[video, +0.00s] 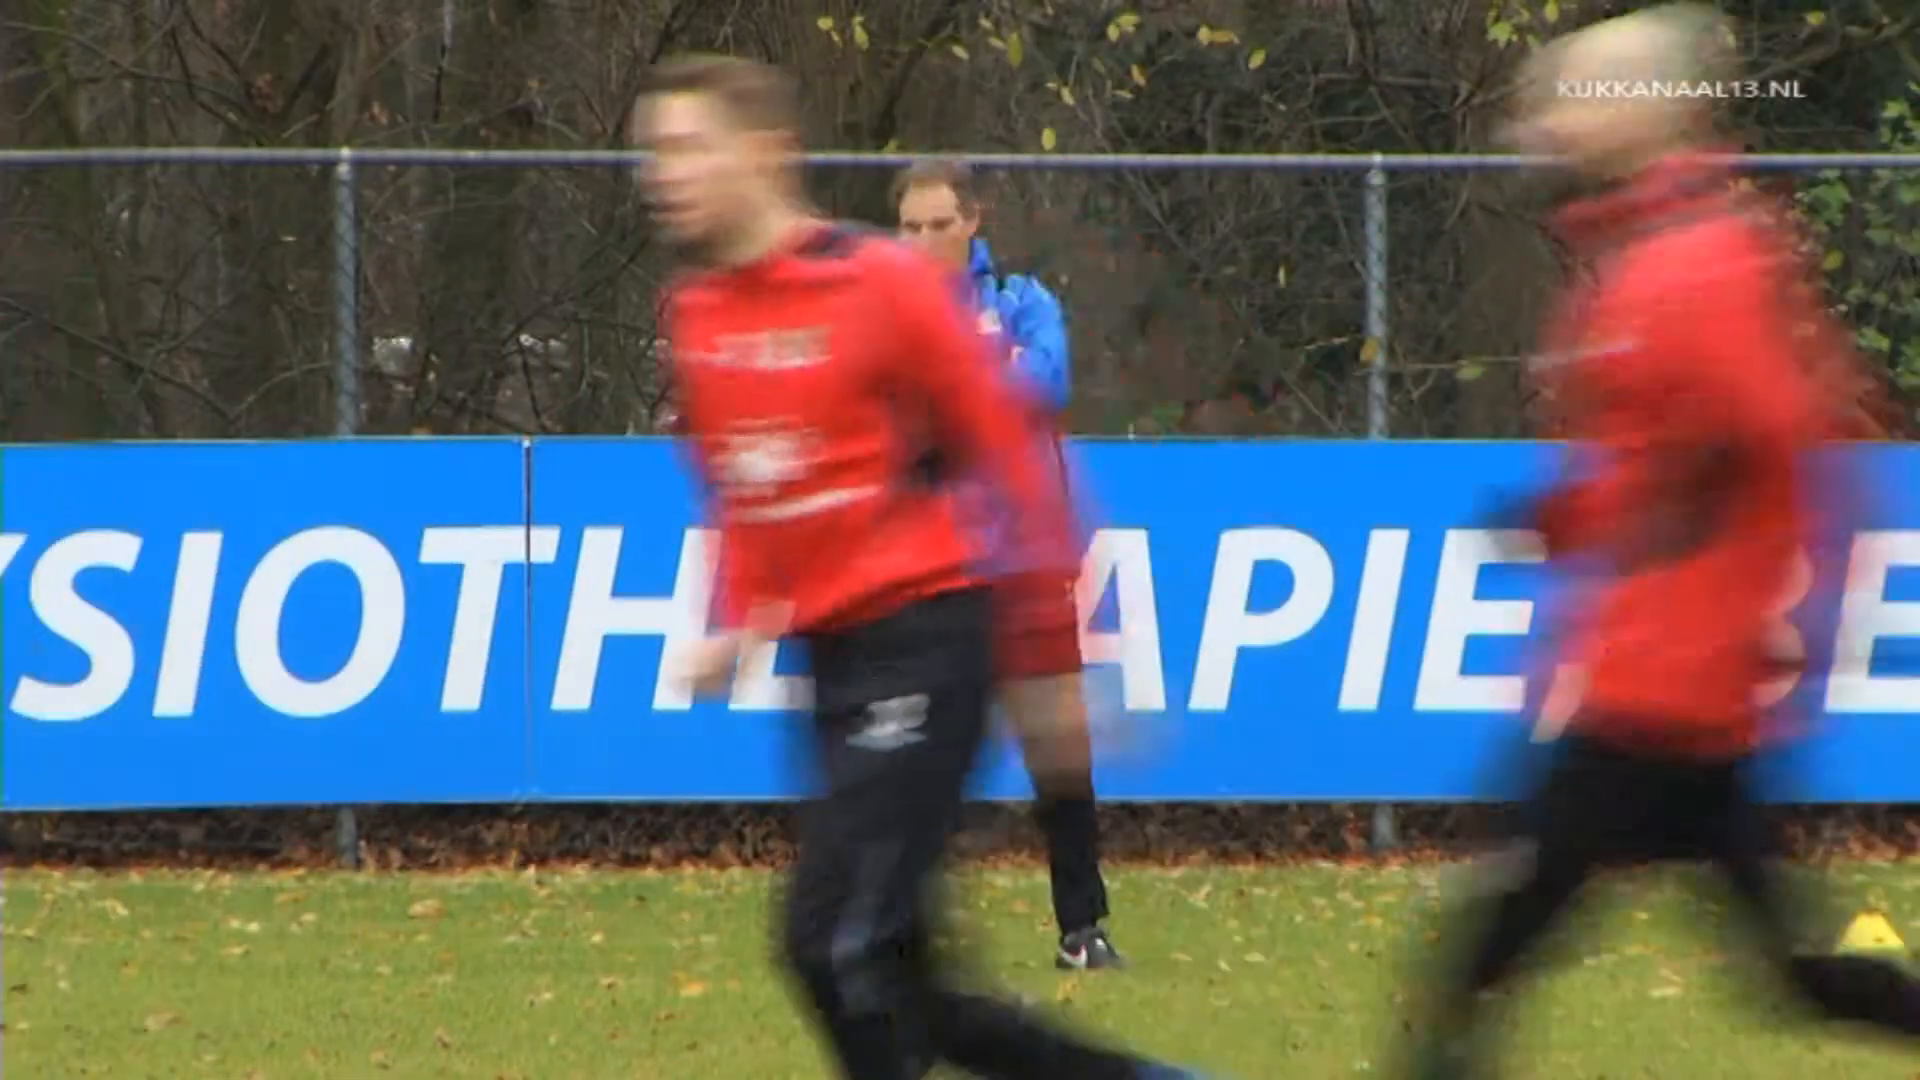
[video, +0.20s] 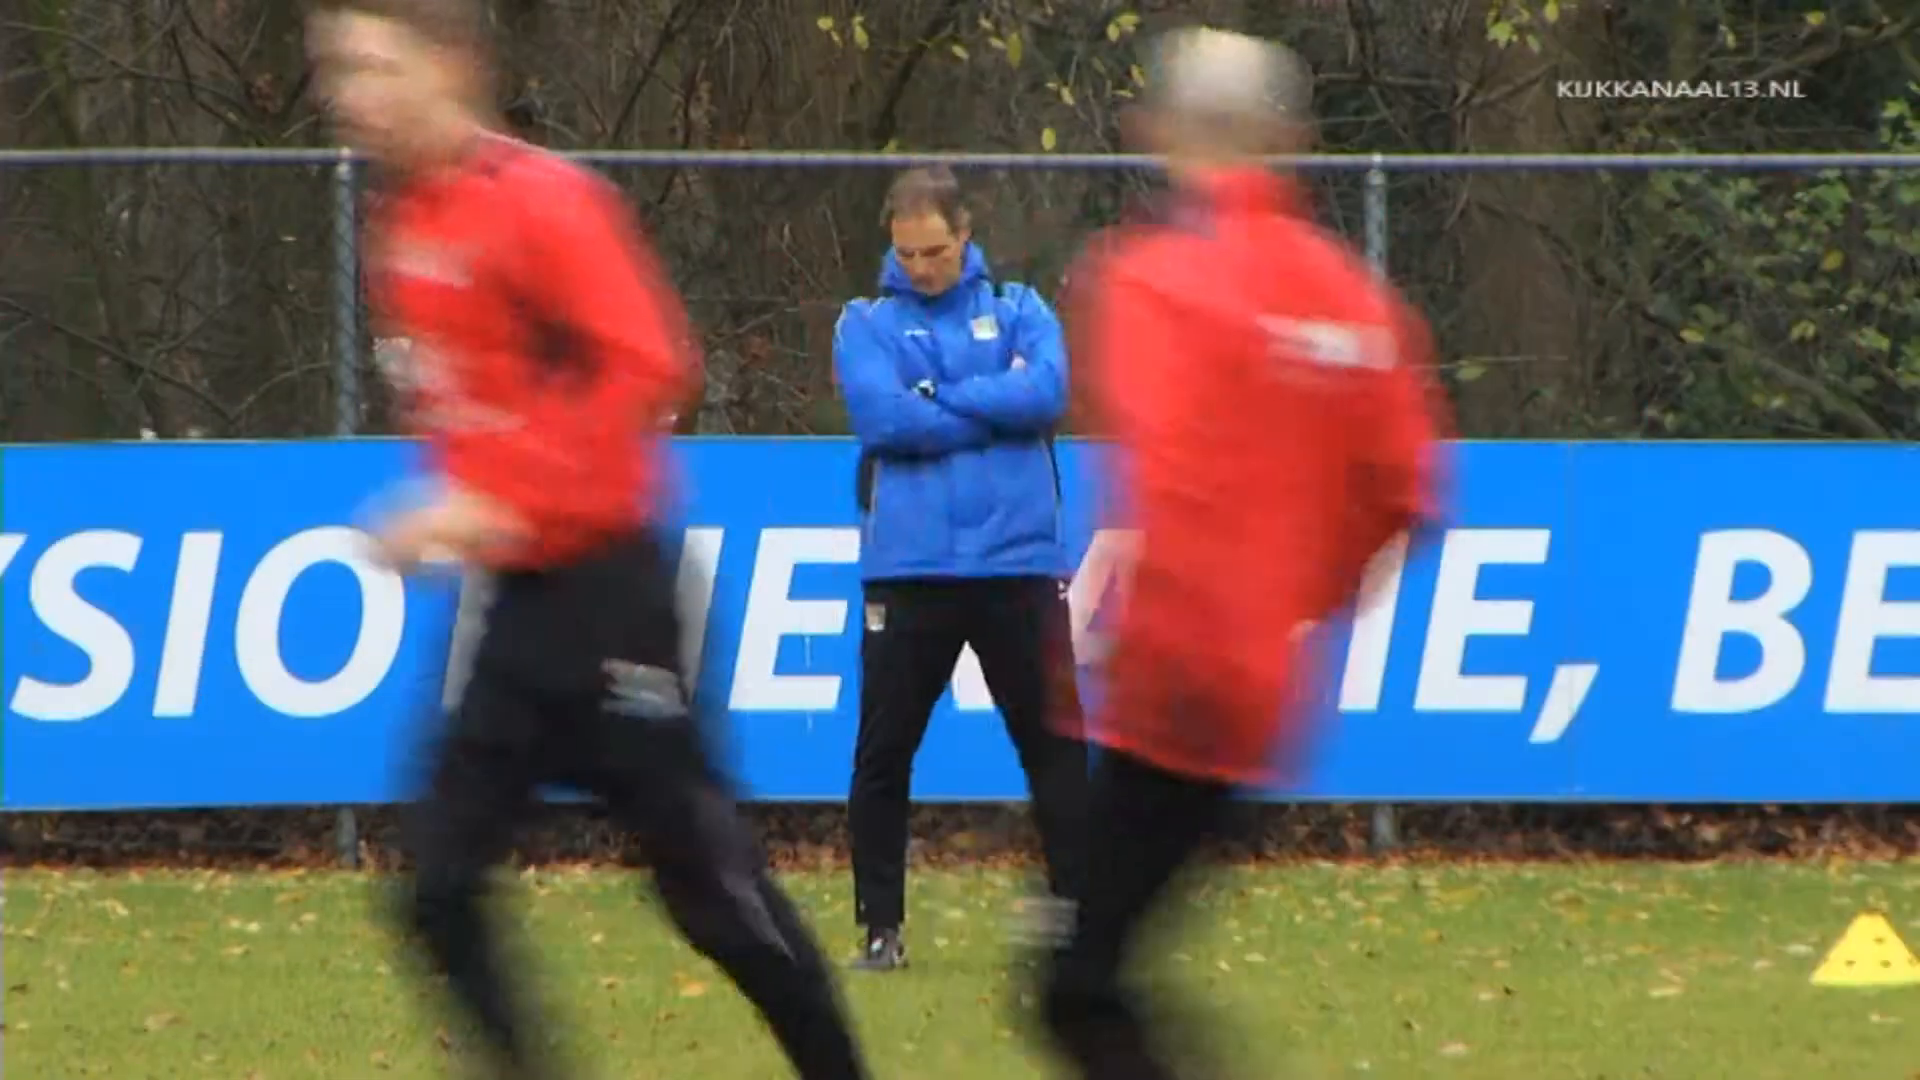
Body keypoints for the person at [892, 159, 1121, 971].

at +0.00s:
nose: (921, 242)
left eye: (936, 226)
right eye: (908, 227)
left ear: (972, 224)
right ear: (892, 228)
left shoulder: (1019, 303)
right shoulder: (872, 306)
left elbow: (1041, 382)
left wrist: (950, 361)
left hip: (1016, 548)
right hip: (915, 556)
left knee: (1055, 730)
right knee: (908, 749)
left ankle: (1081, 923)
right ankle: (898, 929)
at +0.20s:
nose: (919, 267)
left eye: (934, 251)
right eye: (906, 252)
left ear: (965, 235)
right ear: (889, 243)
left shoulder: (1020, 307)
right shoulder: (864, 324)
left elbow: (1045, 393)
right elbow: (886, 423)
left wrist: (934, 394)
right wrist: (995, 411)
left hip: (1018, 568)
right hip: (910, 573)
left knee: (1055, 748)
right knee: (883, 756)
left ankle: (1085, 919)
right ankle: (880, 926)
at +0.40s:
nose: (925, 261)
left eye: (937, 245)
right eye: (910, 248)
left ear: (963, 242)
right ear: (890, 253)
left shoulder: (1016, 316)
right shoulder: (871, 329)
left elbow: (1038, 407)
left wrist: (945, 395)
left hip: (1007, 574)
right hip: (899, 579)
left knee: (1054, 756)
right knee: (876, 753)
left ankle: (1083, 929)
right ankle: (879, 929)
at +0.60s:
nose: (929, 249)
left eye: (944, 233)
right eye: (916, 236)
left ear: (976, 229)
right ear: (902, 239)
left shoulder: (1028, 310)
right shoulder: (871, 319)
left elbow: (1046, 400)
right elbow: (885, 421)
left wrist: (941, 394)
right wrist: (999, 416)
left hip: (1016, 568)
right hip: (906, 572)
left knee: (1057, 750)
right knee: (881, 753)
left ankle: (1082, 931)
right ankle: (881, 931)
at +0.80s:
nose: (950, 230)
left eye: (965, 216)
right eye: (939, 217)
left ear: (1000, 225)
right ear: (924, 228)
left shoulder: (1047, 310)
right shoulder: (891, 315)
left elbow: (1071, 400)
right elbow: (908, 421)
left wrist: (962, 394)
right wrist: (1018, 416)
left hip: (1035, 566)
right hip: (924, 568)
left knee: (1070, 749)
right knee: (894, 751)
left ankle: (1083, 931)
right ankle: (881, 929)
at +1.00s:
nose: (982, 227)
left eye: (998, 213)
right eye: (970, 214)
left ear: (1031, 223)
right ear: (956, 225)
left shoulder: (1075, 310)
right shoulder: (919, 313)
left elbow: (1093, 405)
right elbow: (927, 424)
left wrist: (983, 396)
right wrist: (1037, 418)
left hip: (1061, 569)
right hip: (951, 571)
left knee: (1084, 754)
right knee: (908, 752)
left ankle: (1085, 933)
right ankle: (883, 930)